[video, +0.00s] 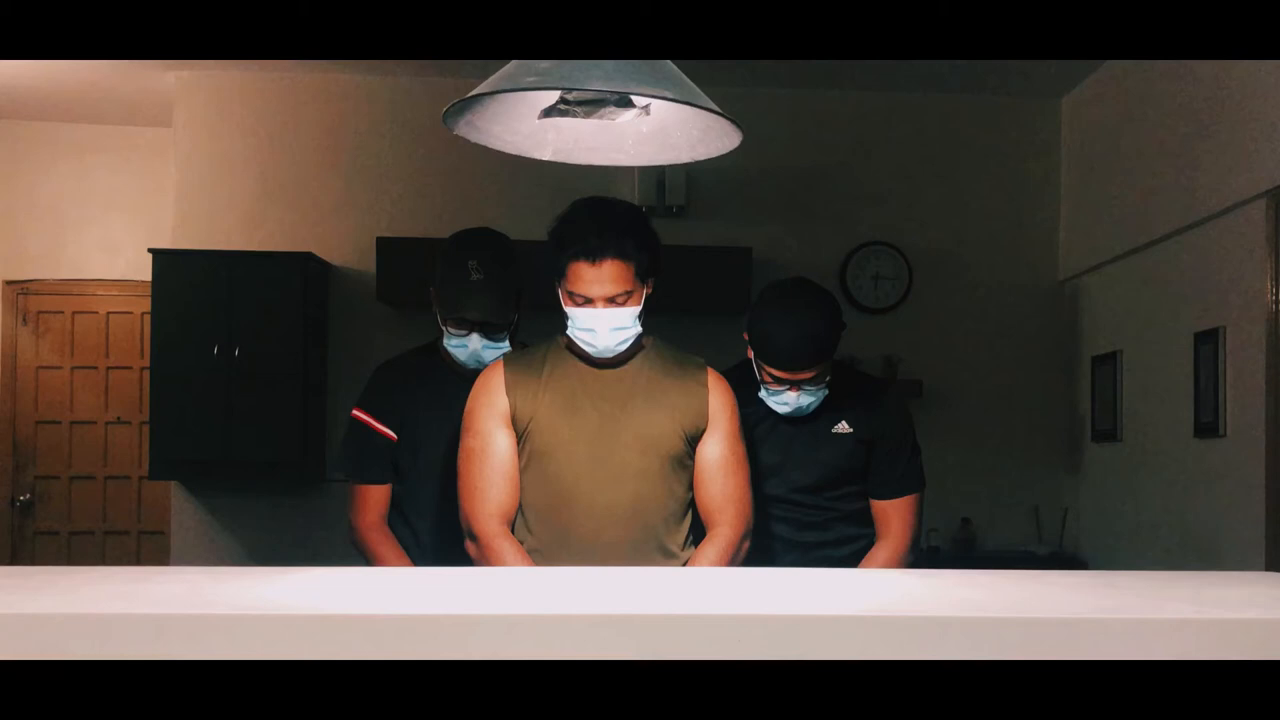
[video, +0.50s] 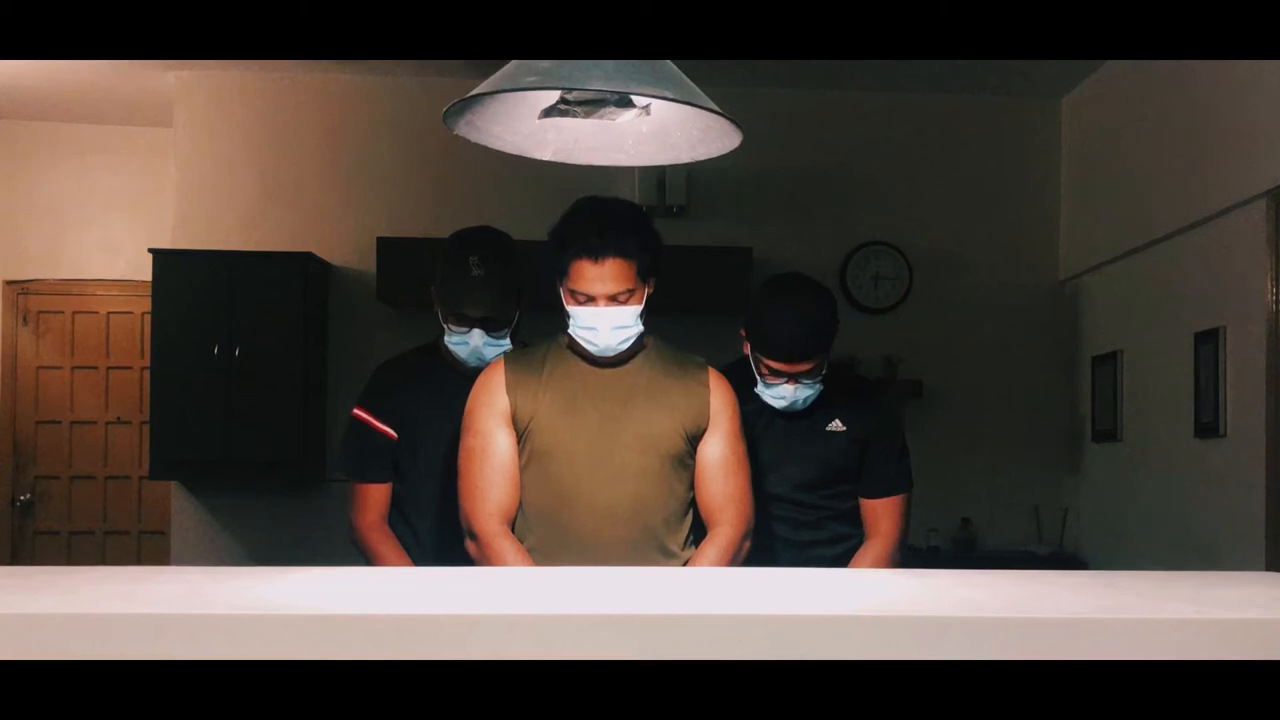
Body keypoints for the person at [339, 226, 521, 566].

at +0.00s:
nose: (477, 346)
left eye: (494, 327)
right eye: (459, 325)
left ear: (515, 312)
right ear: (436, 305)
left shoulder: (533, 383)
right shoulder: (396, 383)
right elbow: (368, 524)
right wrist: (422, 598)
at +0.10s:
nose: (476, 346)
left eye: (494, 327)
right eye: (458, 324)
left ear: (515, 312)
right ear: (437, 305)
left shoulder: (533, 383)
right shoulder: (396, 383)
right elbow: (368, 524)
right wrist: (422, 598)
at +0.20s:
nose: (477, 345)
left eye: (495, 326)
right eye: (458, 323)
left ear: (516, 312)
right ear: (437, 306)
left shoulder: (533, 383)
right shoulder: (397, 383)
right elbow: (368, 524)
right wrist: (421, 598)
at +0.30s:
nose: (477, 345)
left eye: (496, 326)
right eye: (459, 323)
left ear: (516, 312)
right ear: (437, 305)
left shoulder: (534, 383)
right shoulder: (397, 383)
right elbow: (368, 524)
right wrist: (421, 598)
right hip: (422, 586)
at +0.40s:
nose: (477, 344)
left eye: (496, 325)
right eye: (459, 323)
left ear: (516, 311)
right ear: (437, 306)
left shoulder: (534, 383)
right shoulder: (397, 383)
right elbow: (368, 523)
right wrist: (421, 598)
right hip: (423, 586)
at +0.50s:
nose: (477, 344)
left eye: (496, 324)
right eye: (459, 322)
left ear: (516, 311)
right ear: (437, 305)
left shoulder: (534, 383)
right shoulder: (397, 383)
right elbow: (368, 522)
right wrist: (421, 597)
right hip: (422, 586)